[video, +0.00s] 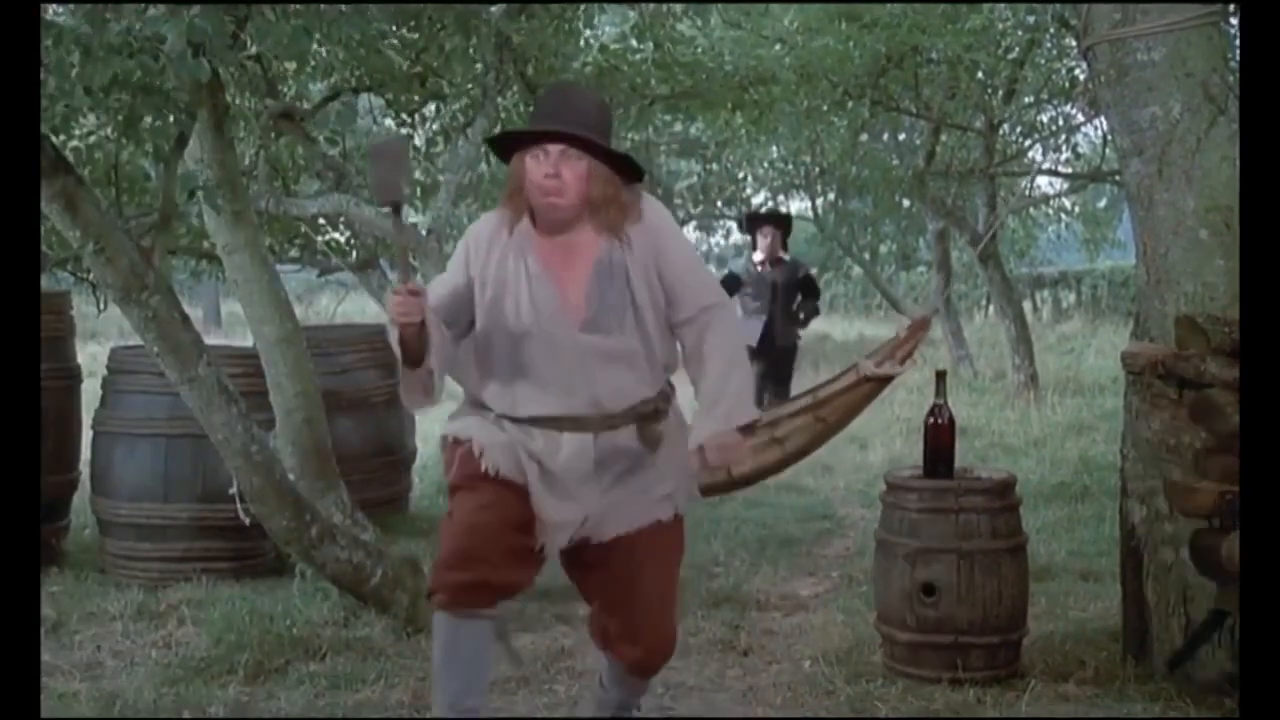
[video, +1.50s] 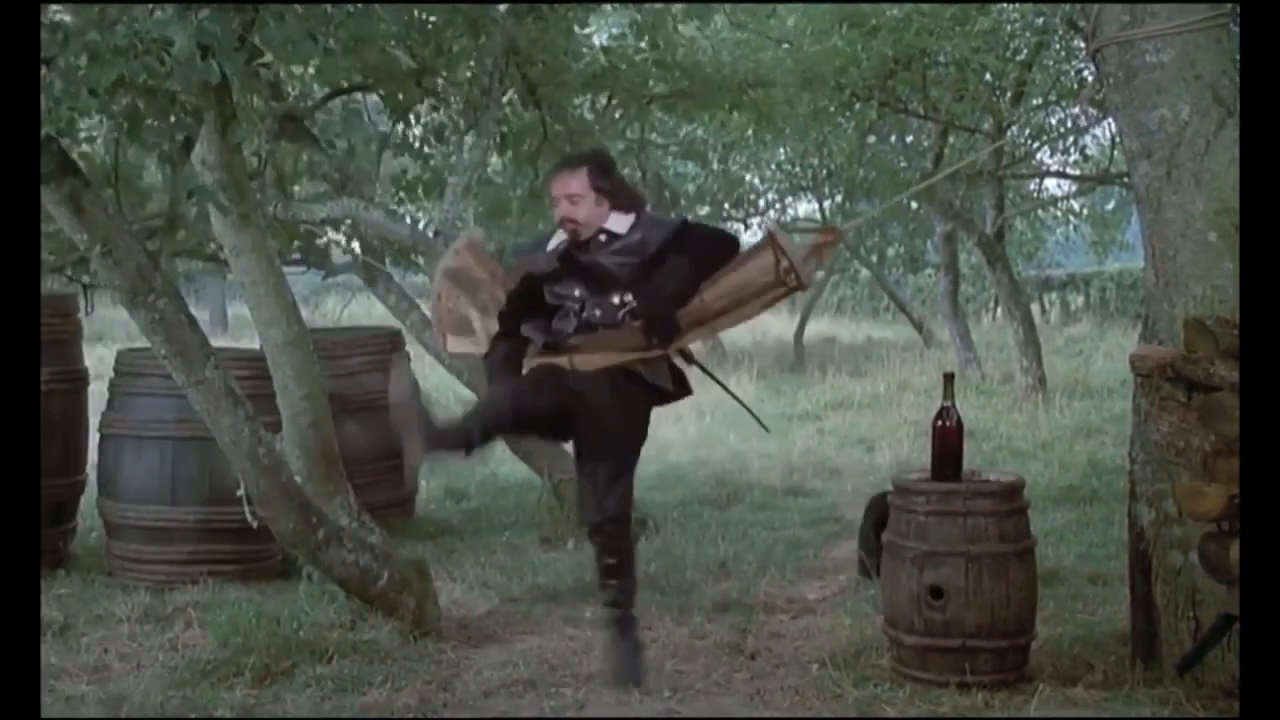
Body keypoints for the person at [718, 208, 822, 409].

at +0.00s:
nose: (769, 241)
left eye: (774, 236)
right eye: (764, 235)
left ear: (782, 238)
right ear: (755, 238)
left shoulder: (795, 269)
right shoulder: (742, 268)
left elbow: (811, 297)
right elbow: (719, 295)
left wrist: (801, 317)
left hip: (784, 341)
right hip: (752, 340)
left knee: (780, 394)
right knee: (752, 393)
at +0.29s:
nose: (784, 245)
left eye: (788, 237)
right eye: (777, 239)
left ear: (797, 238)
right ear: (766, 242)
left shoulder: (811, 273)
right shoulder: (752, 273)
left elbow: (828, 301)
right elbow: (724, 297)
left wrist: (820, 324)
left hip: (798, 357)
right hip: (763, 357)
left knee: (801, 418)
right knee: (764, 418)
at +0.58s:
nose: (785, 236)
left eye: (791, 229)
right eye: (778, 229)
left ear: (800, 232)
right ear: (765, 233)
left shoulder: (812, 266)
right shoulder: (749, 261)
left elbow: (832, 307)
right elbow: (718, 278)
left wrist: (823, 325)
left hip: (801, 351)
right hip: (761, 353)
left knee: (804, 413)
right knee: (774, 420)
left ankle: (815, 479)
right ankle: (790, 481)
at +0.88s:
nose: (739, 224)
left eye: (749, 216)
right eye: (732, 217)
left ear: (766, 222)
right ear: (722, 224)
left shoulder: (785, 263)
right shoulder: (702, 260)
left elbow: (814, 303)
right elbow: (659, 282)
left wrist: (800, 332)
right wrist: (629, 313)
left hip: (778, 382)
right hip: (722, 384)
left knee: (785, 443)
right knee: (722, 466)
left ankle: (794, 478)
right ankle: (726, 548)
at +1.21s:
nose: (636, 225)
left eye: (647, 215)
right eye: (627, 217)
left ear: (670, 223)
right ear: (616, 226)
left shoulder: (701, 280)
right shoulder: (590, 278)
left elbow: (746, 332)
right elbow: (565, 348)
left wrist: (713, 356)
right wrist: (551, 396)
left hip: (673, 420)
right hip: (606, 422)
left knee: (668, 521)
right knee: (591, 528)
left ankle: (684, 585)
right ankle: (580, 632)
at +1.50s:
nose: (562, 212)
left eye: (572, 201)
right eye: (556, 202)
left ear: (605, 198)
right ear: (554, 205)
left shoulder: (653, 235)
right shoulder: (548, 266)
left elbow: (724, 244)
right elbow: (508, 331)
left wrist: (667, 290)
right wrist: (502, 396)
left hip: (618, 388)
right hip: (556, 386)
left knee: (607, 516)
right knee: (512, 398)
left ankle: (622, 629)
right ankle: (450, 435)